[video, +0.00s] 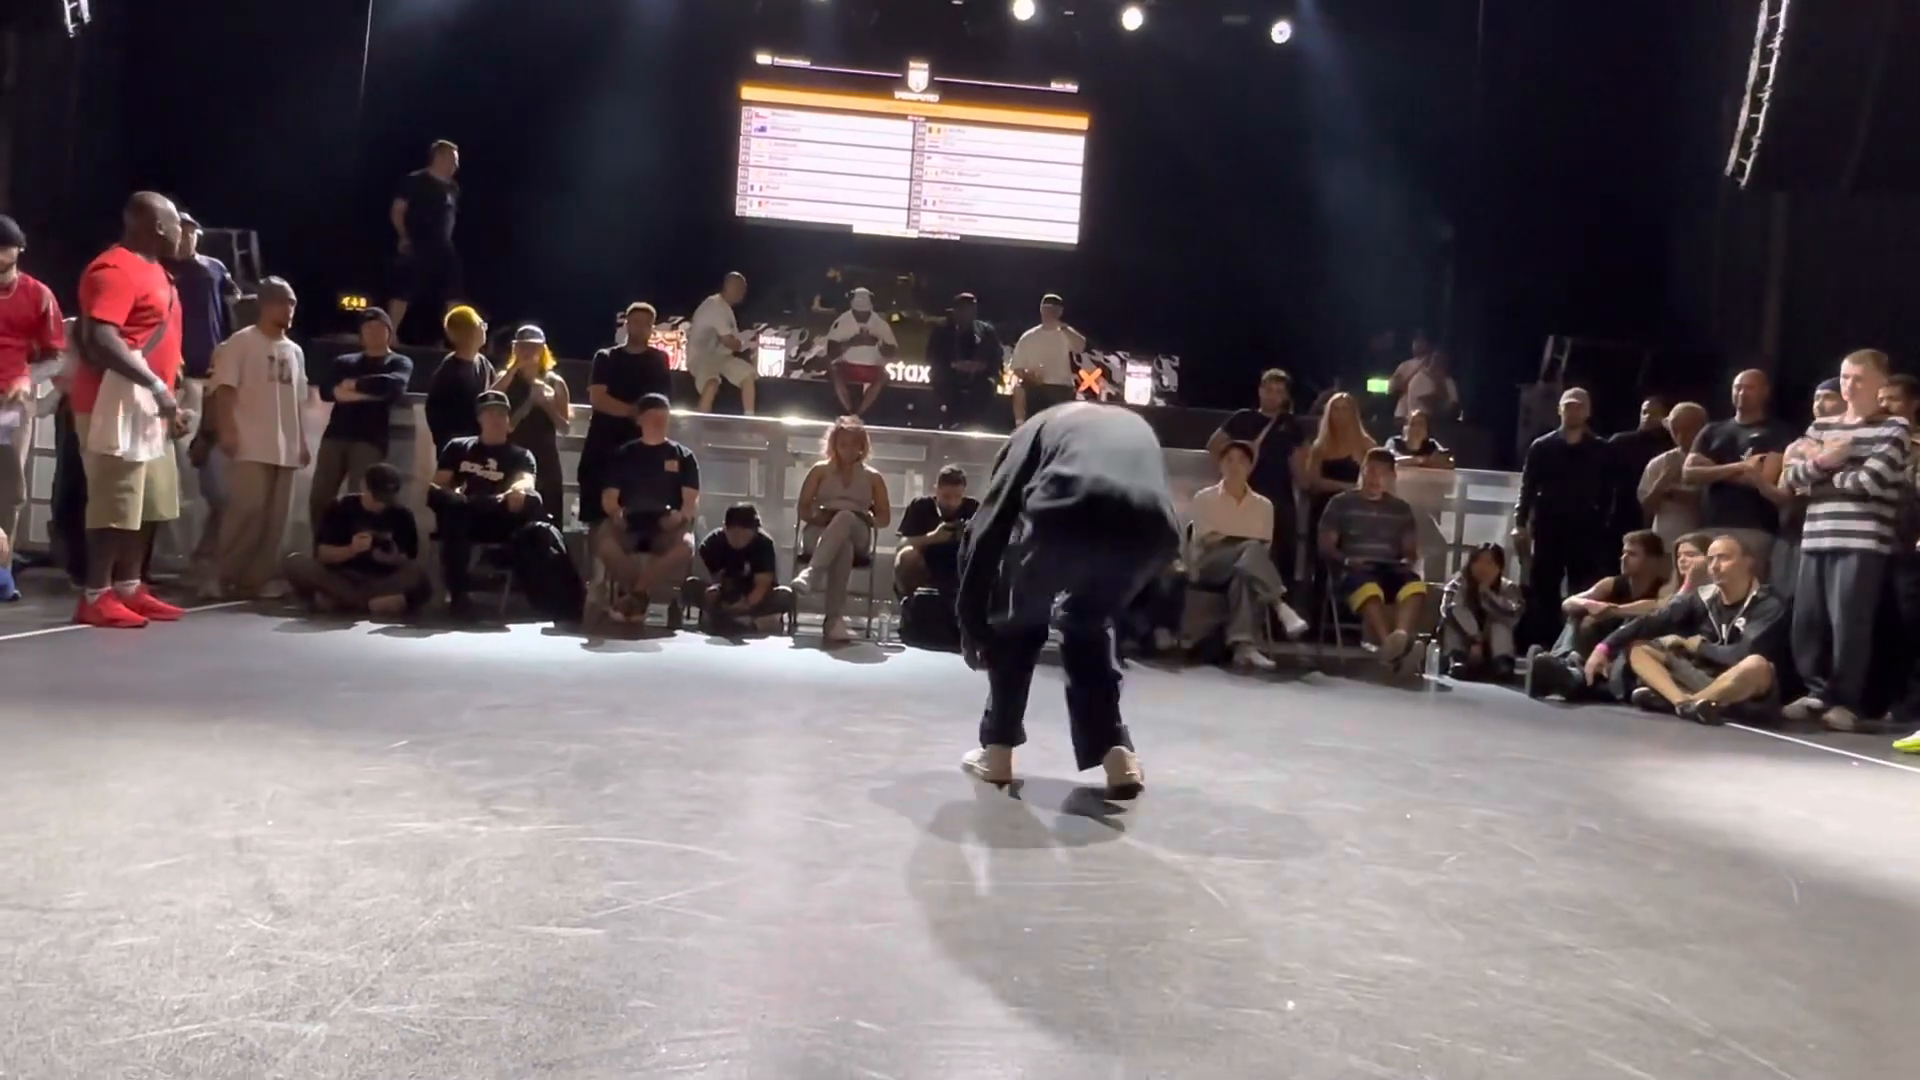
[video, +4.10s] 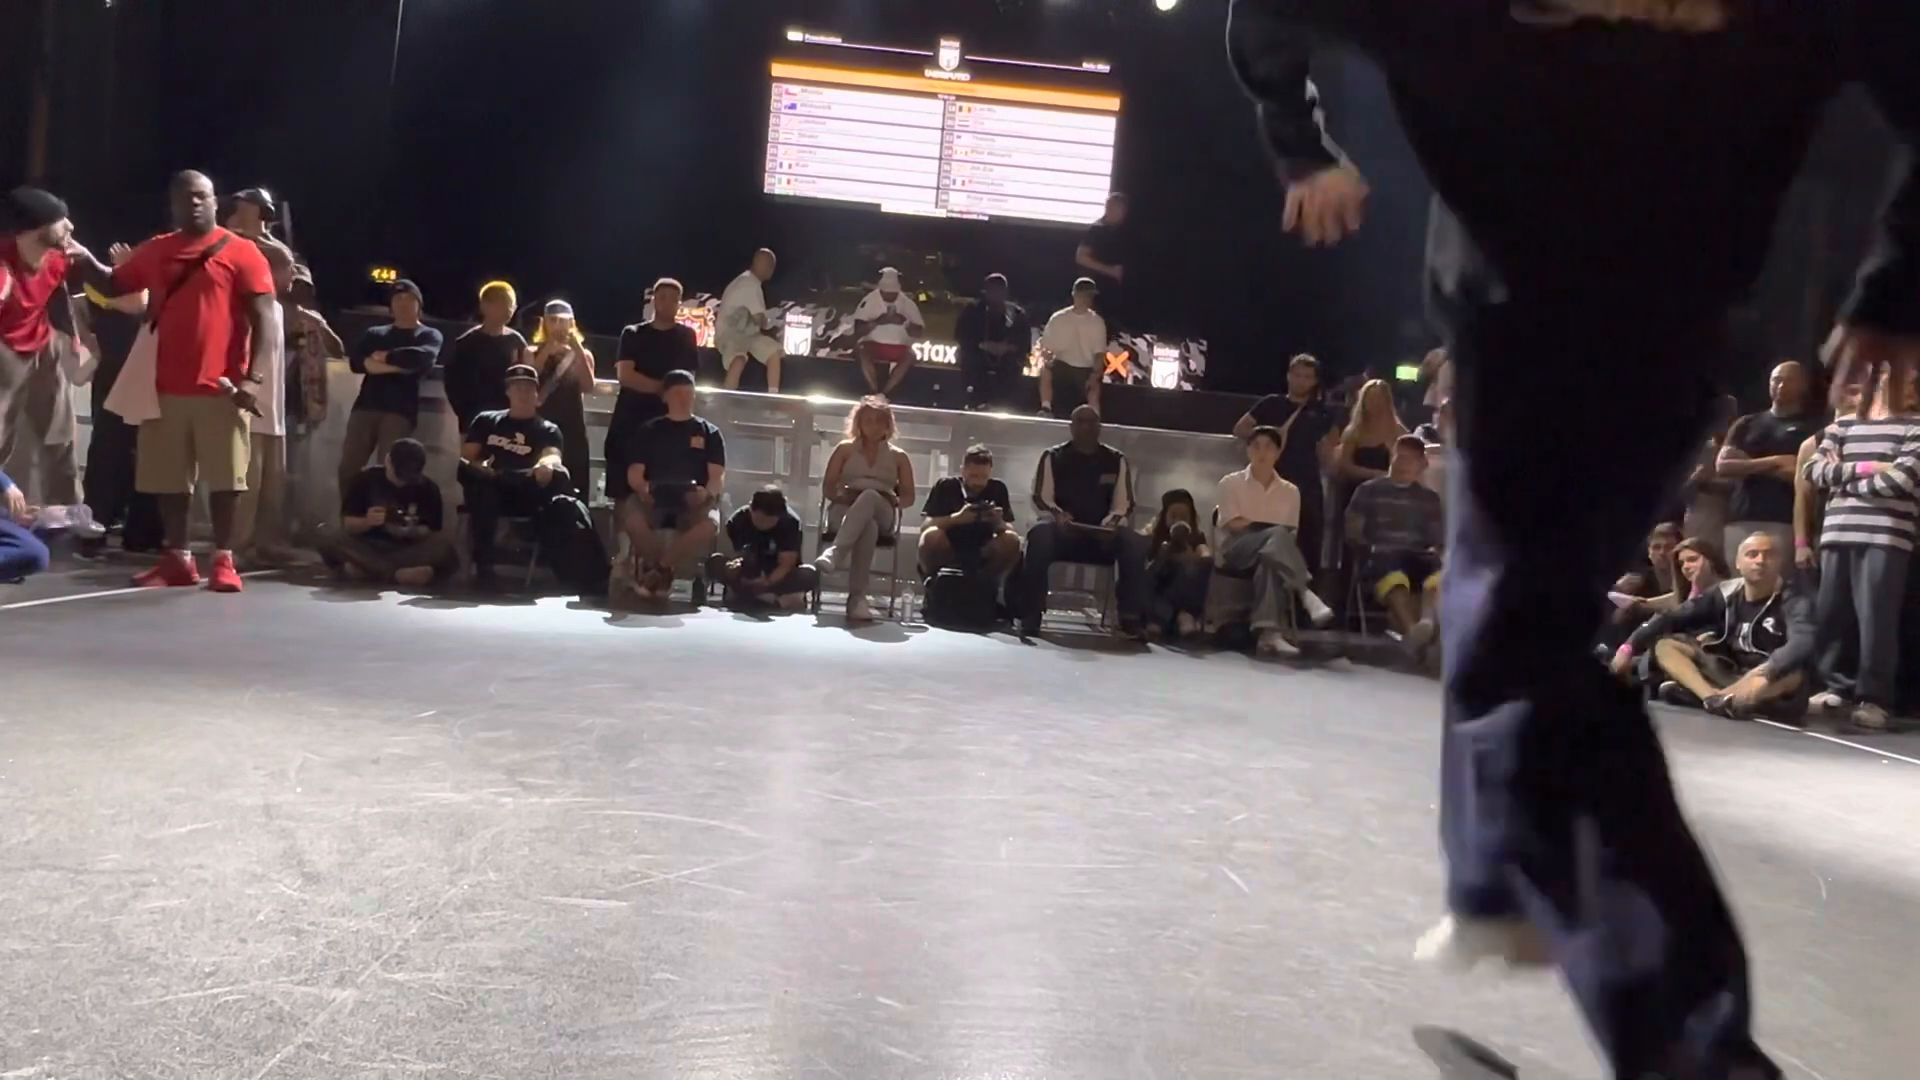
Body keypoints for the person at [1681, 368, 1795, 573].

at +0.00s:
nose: (1741, 393)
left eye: (1748, 388)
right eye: (1737, 388)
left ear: (1764, 393)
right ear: (1732, 392)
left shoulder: (1778, 434)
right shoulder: (1712, 430)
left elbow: (1764, 481)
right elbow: (1689, 472)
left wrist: (1713, 470)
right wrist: (1742, 467)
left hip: (1755, 529)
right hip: (1713, 525)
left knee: (1749, 601)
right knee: (1710, 598)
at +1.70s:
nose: (1775, 384)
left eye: (1782, 380)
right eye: (1772, 379)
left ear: (1799, 384)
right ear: (1766, 383)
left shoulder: (1810, 426)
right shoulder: (1744, 422)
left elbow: (1802, 473)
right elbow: (1719, 465)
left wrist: (1747, 463)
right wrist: (1773, 460)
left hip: (1782, 522)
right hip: (1739, 519)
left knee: (1776, 599)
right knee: (1735, 597)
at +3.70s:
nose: (1779, 384)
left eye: (1787, 379)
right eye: (1775, 379)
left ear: (1803, 384)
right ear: (1769, 383)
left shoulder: (1812, 425)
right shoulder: (1746, 422)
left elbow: (1804, 470)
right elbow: (1722, 464)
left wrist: (1748, 462)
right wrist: (1775, 461)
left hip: (1784, 521)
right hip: (1741, 519)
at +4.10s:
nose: (1780, 385)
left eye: (1787, 380)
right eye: (1776, 380)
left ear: (1802, 385)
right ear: (1770, 384)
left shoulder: (1814, 428)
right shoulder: (1746, 424)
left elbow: (1808, 476)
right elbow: (1723, 466)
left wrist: (1749, 463)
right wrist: (1778, 462)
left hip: (1786, 522)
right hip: (1742, 521)